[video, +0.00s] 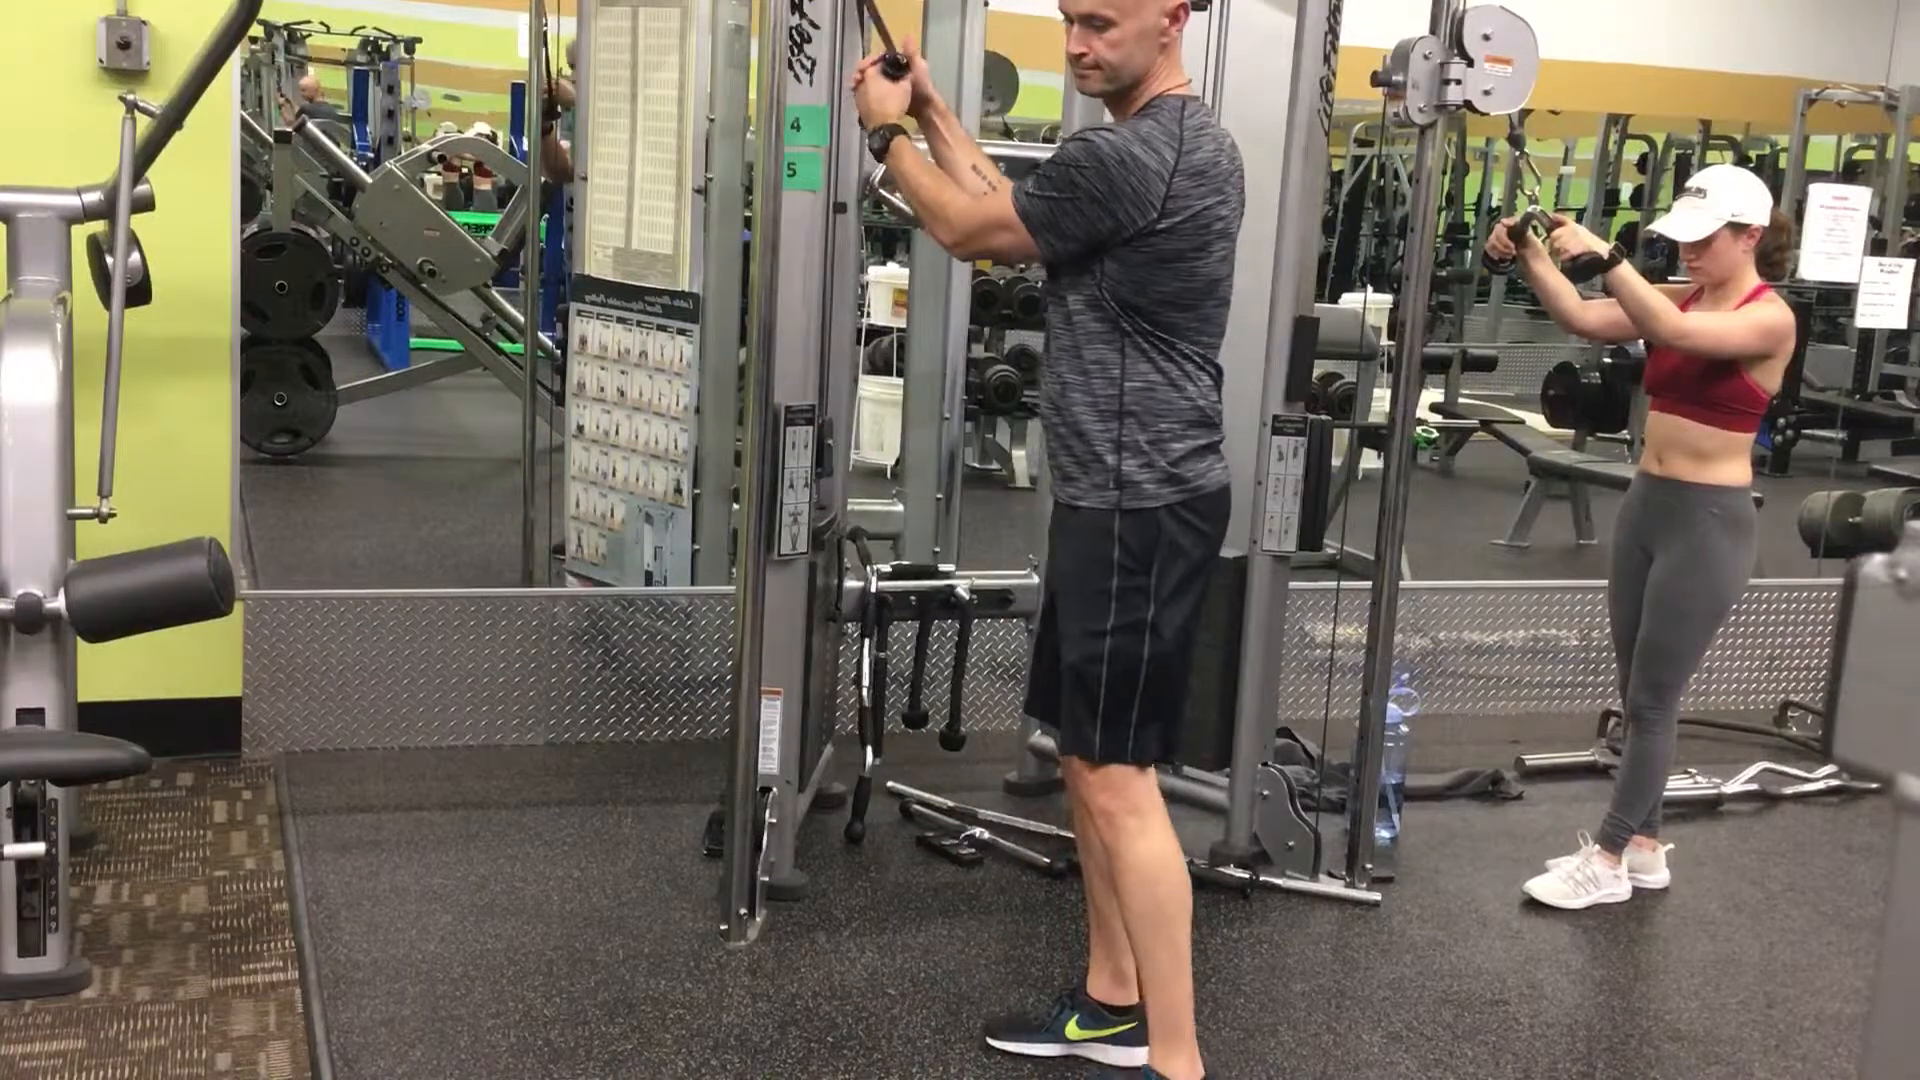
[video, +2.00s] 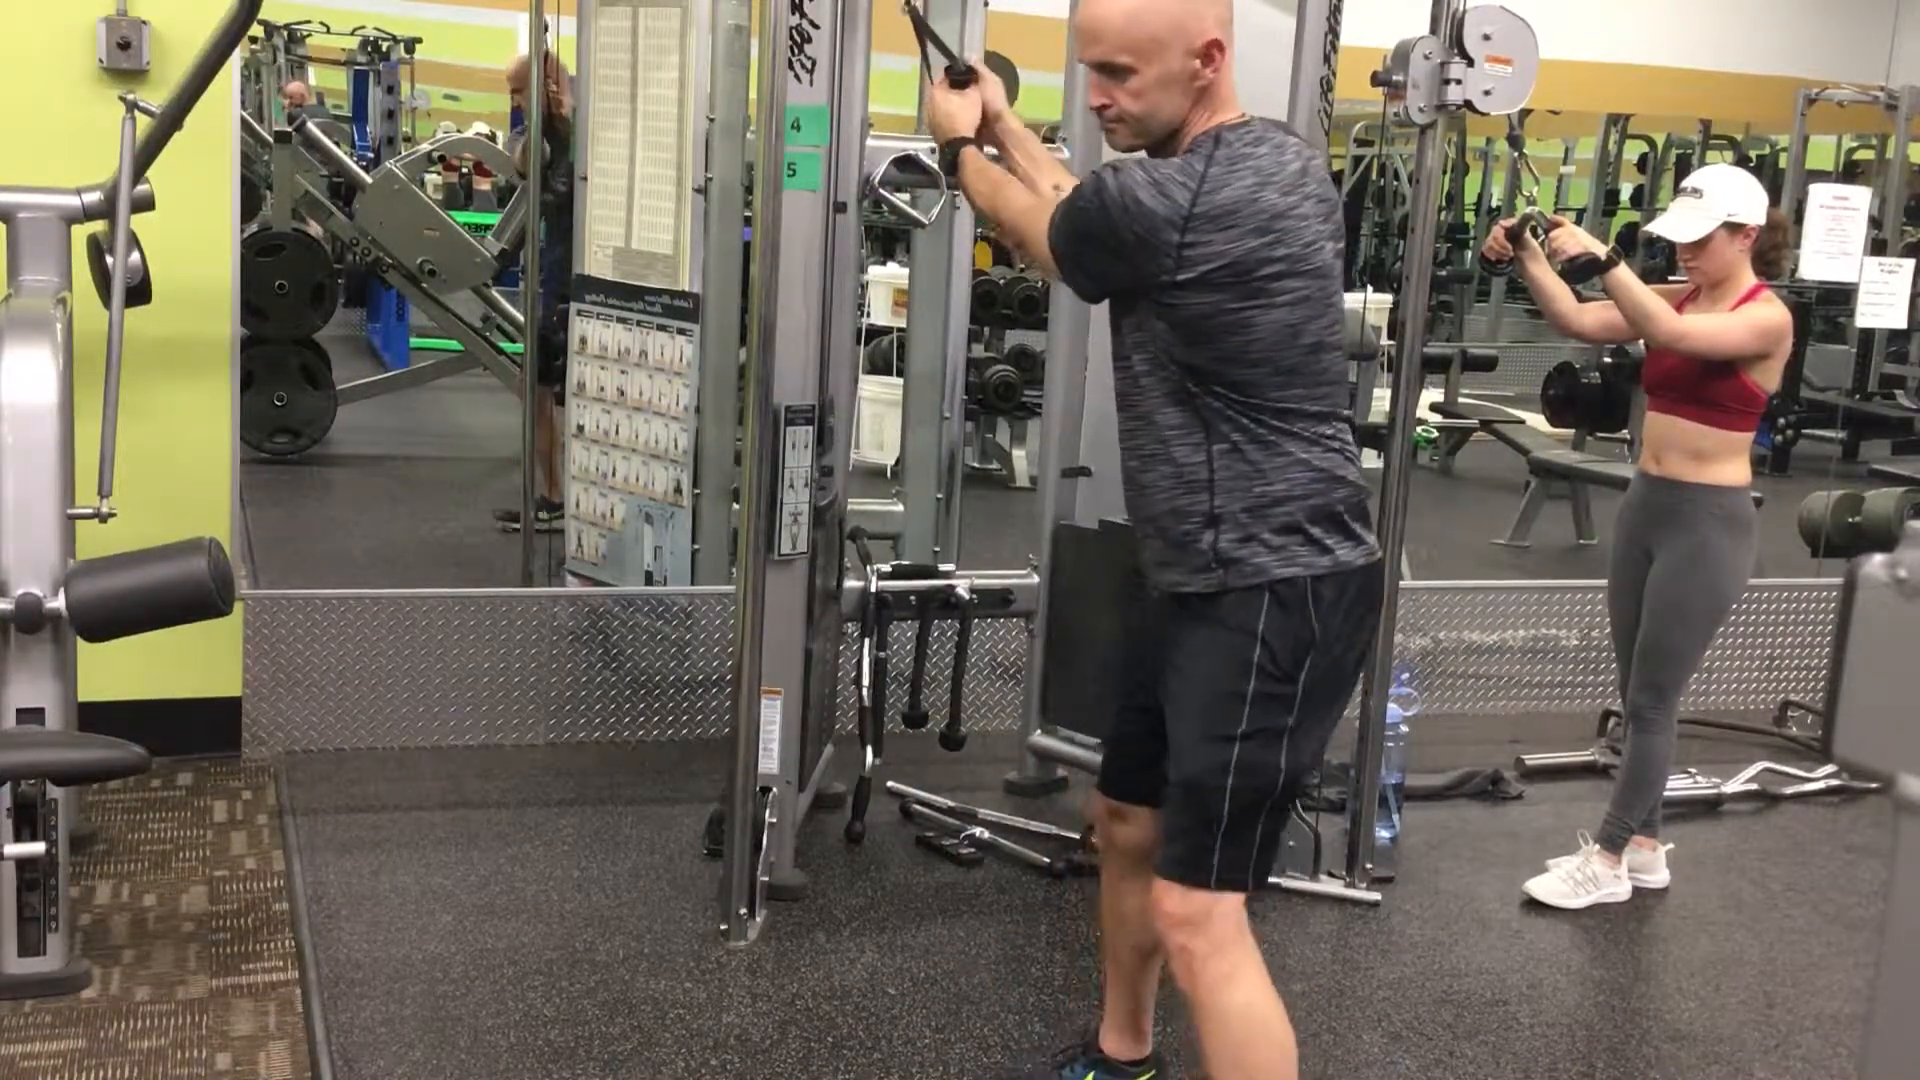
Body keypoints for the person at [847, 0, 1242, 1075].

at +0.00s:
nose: (1077, 43)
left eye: (1100, 24)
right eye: (1071, 24)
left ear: (1172, 22)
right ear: (1077, 24)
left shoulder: (1143, 152)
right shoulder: (1174, 139)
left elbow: (965, 229)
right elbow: (1017, 221)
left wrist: (887, 130)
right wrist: (938, 116)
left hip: (1136, 504)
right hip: (1120, 496)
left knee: (1121, 783)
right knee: (1091, 763)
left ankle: (1178, 1059)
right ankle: (1112, 1004)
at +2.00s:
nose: (1093, 98)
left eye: (1116, 75)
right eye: (1087, 72)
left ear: (1208, 59)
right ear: (1207, 62)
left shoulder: (1174, 202)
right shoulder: (1283, 166)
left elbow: (1040, 238)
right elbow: (1099, 226)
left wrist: (962, 146)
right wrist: (1006, 131)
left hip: (1275, 588)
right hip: (1200, 574)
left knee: (1198, 911)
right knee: (1125, 826)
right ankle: (1123, 1050)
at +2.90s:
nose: (1044, 140)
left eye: (1068, 116)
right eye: (1035, 113)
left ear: (1155, 90)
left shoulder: (1167, 244)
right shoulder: (1142, 198)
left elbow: (985, 348)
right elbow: (1000, 309)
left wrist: (820, 299)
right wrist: (845, 289)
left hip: (1248, 596)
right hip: (1165, 582)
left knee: (1160, 920)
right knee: (1110, 834)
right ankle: (1129, 1056)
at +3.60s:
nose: (1166, 326)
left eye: (1195, 296)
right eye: (1136, 296)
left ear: (1235, 245)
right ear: (1086, 238)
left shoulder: (1297, 368)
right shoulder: (1017, 350)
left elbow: (1212, 619)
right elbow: (992, 587)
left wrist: (1076, 790)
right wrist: (1003, 758)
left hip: (1258, 640)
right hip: (1100, 623)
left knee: (1212, 947)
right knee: (1036, 868)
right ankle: (1096, 1019)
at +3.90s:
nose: (1259, 471)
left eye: (1284, 439)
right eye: (1228, 443)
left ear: (1315, 386)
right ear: (1162, 371)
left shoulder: (1356, 473)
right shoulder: (1073, 475)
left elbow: (1322, 719)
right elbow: (1109, 756)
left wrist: (1291, 934)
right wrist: (1203, 942)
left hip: (1243, 719)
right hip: (1088, 706)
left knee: (1246, 946)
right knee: (1050, 941)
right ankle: (1032, 1002)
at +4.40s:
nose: (1287, 600)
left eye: (1311, 569)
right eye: (1257, 572)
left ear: (1340, 515)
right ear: (1187, 500)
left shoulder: (1362, 560)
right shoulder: (1080, 584)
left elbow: (1358, 803)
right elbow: (1154, 878)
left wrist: (1370, 1040)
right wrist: (1293, 1064)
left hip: (1230, 715)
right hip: (1075, 720)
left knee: (1224, 924)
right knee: (1067, 974)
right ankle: (1014, 990)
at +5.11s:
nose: (1222, 489)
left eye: (1248, 455)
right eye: (1191, 459)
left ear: (1287, 384)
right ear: (1132, 393)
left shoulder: (1340, 495)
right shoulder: (1052, 500)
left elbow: (1300, 753)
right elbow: (1079, 780)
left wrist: (1253, 979)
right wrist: (1156, 987)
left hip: (1241, 732)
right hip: (1105, 723)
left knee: (1221, 953)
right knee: (1058, 944)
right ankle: (1033, 997)